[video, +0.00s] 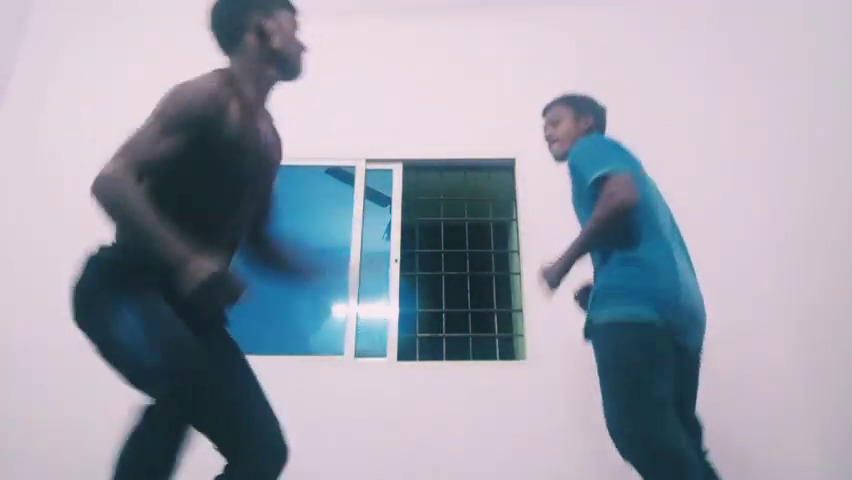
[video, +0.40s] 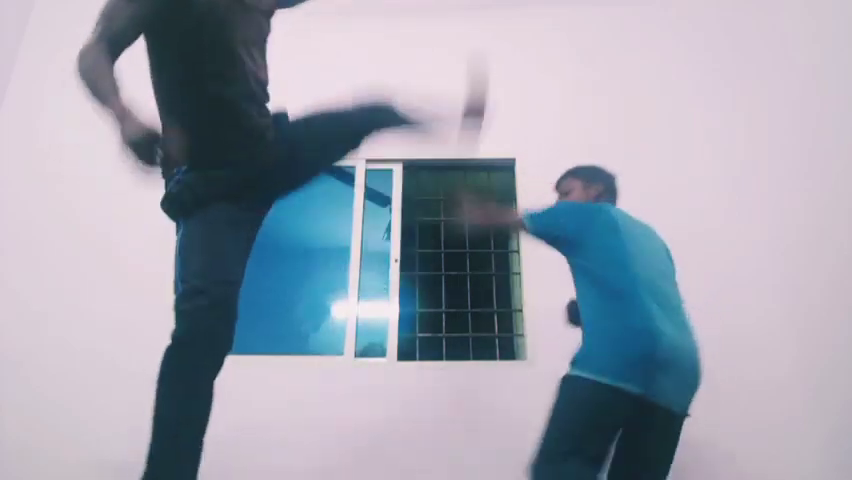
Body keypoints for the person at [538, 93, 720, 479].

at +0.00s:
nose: (547, 133)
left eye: (555, 122)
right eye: (545, 127)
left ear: (586, 122)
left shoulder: (590, 147)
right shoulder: (628, 163)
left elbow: (622, 193)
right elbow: (652, 252)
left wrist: (563, 261)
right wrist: (603, 287)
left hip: (634, 305)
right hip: (679, 309)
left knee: (638, 427)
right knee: (675, 429)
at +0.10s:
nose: (541, 153)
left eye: (548, 142)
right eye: (538, 147)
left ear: (579, 139)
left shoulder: (583, 165)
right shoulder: (628, 186)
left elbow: (600, 225)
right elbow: (651, 263)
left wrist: (548, 307)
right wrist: (603, 304)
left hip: (632, 326)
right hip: (682, 334)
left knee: (643, 459)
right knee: (673, 460)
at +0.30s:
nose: (546, 212)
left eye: (551, 201)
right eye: (545, 204)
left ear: (580, 198)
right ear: (586, 201)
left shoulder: (580, 223)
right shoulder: (636, 240)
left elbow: (531, 263)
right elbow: (644, 329)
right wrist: (583, 332)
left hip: (633, 355)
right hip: (690, 364)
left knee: (580, 465)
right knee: (648, 471)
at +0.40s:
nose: (559, 203)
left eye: (565, 193)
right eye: (559, 195)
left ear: (594, 192)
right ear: (599, 195)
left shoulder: (586, 217)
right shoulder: (652, 238)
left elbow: (513, 219)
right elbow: (650, 301)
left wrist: (473, 214)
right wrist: (591, 311)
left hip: (615, 359)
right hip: (678, 372)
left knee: (560, 466)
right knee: (637, 474)